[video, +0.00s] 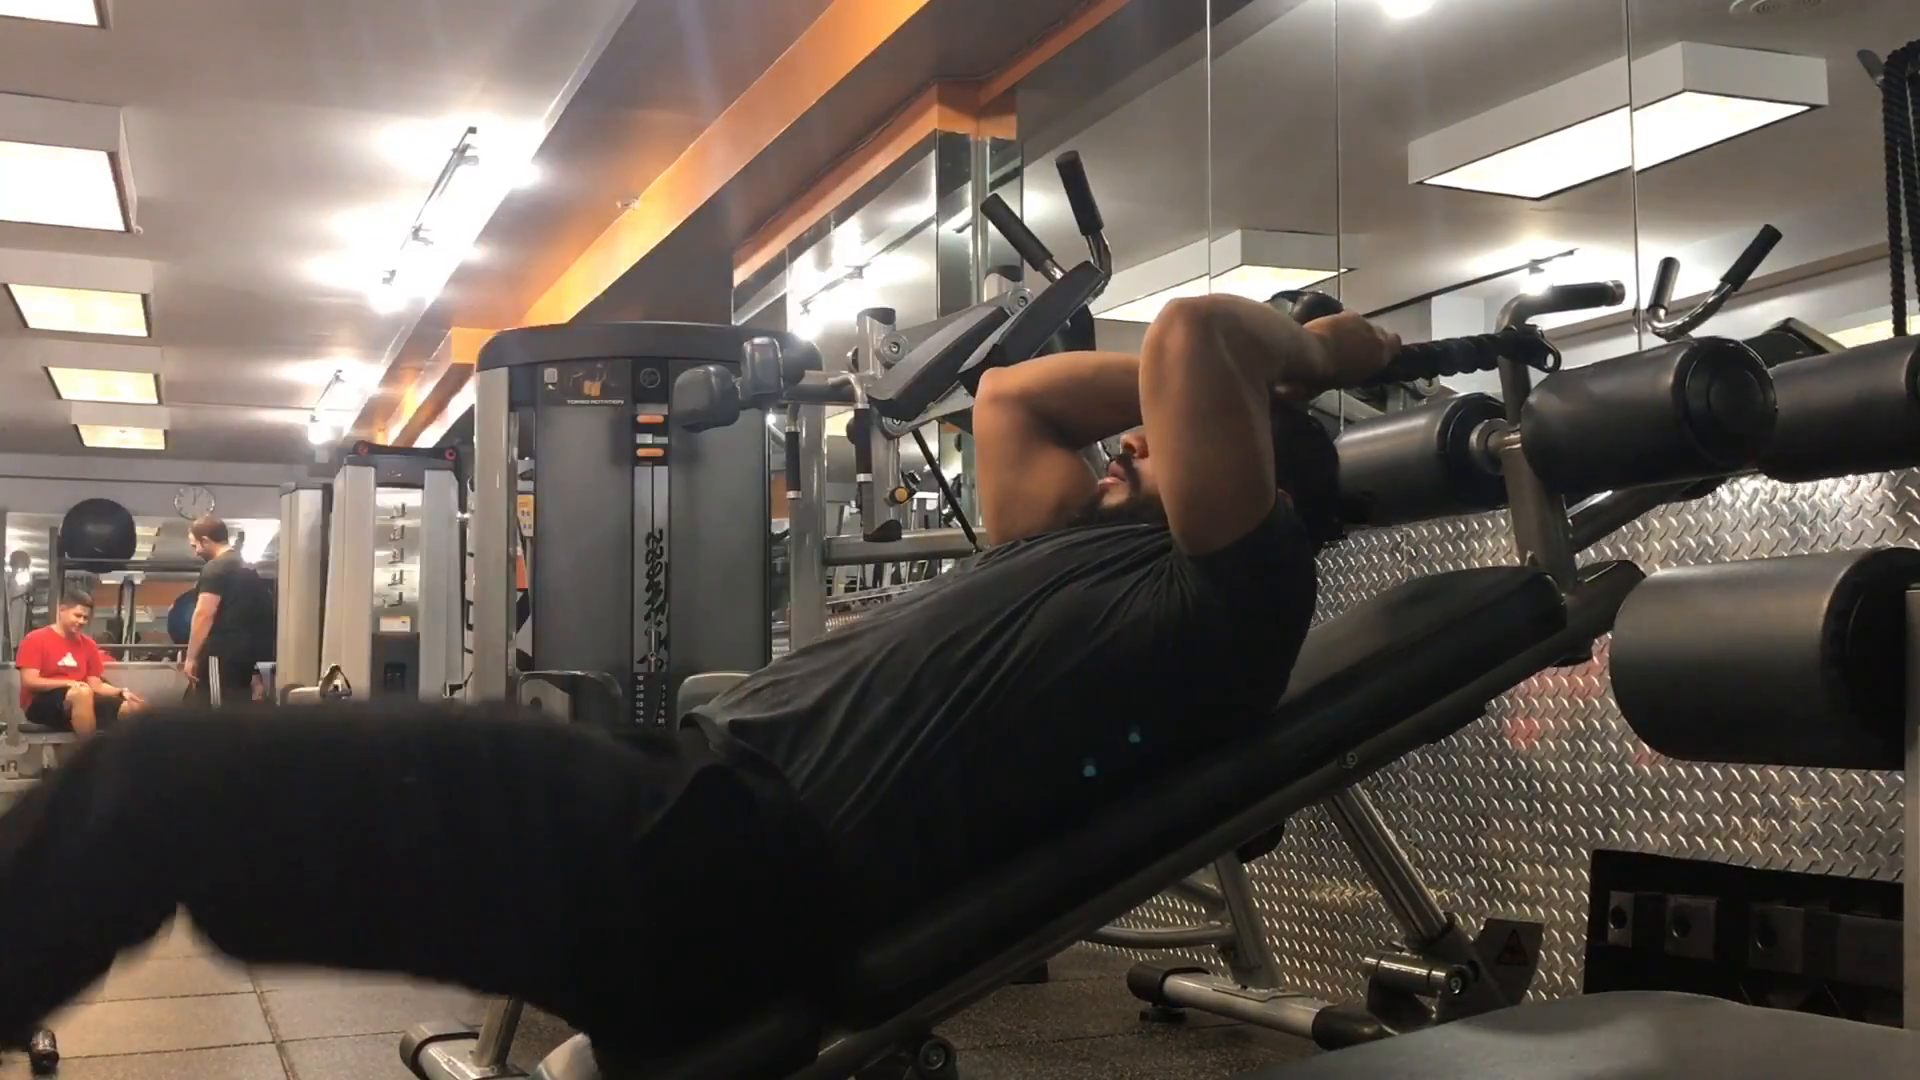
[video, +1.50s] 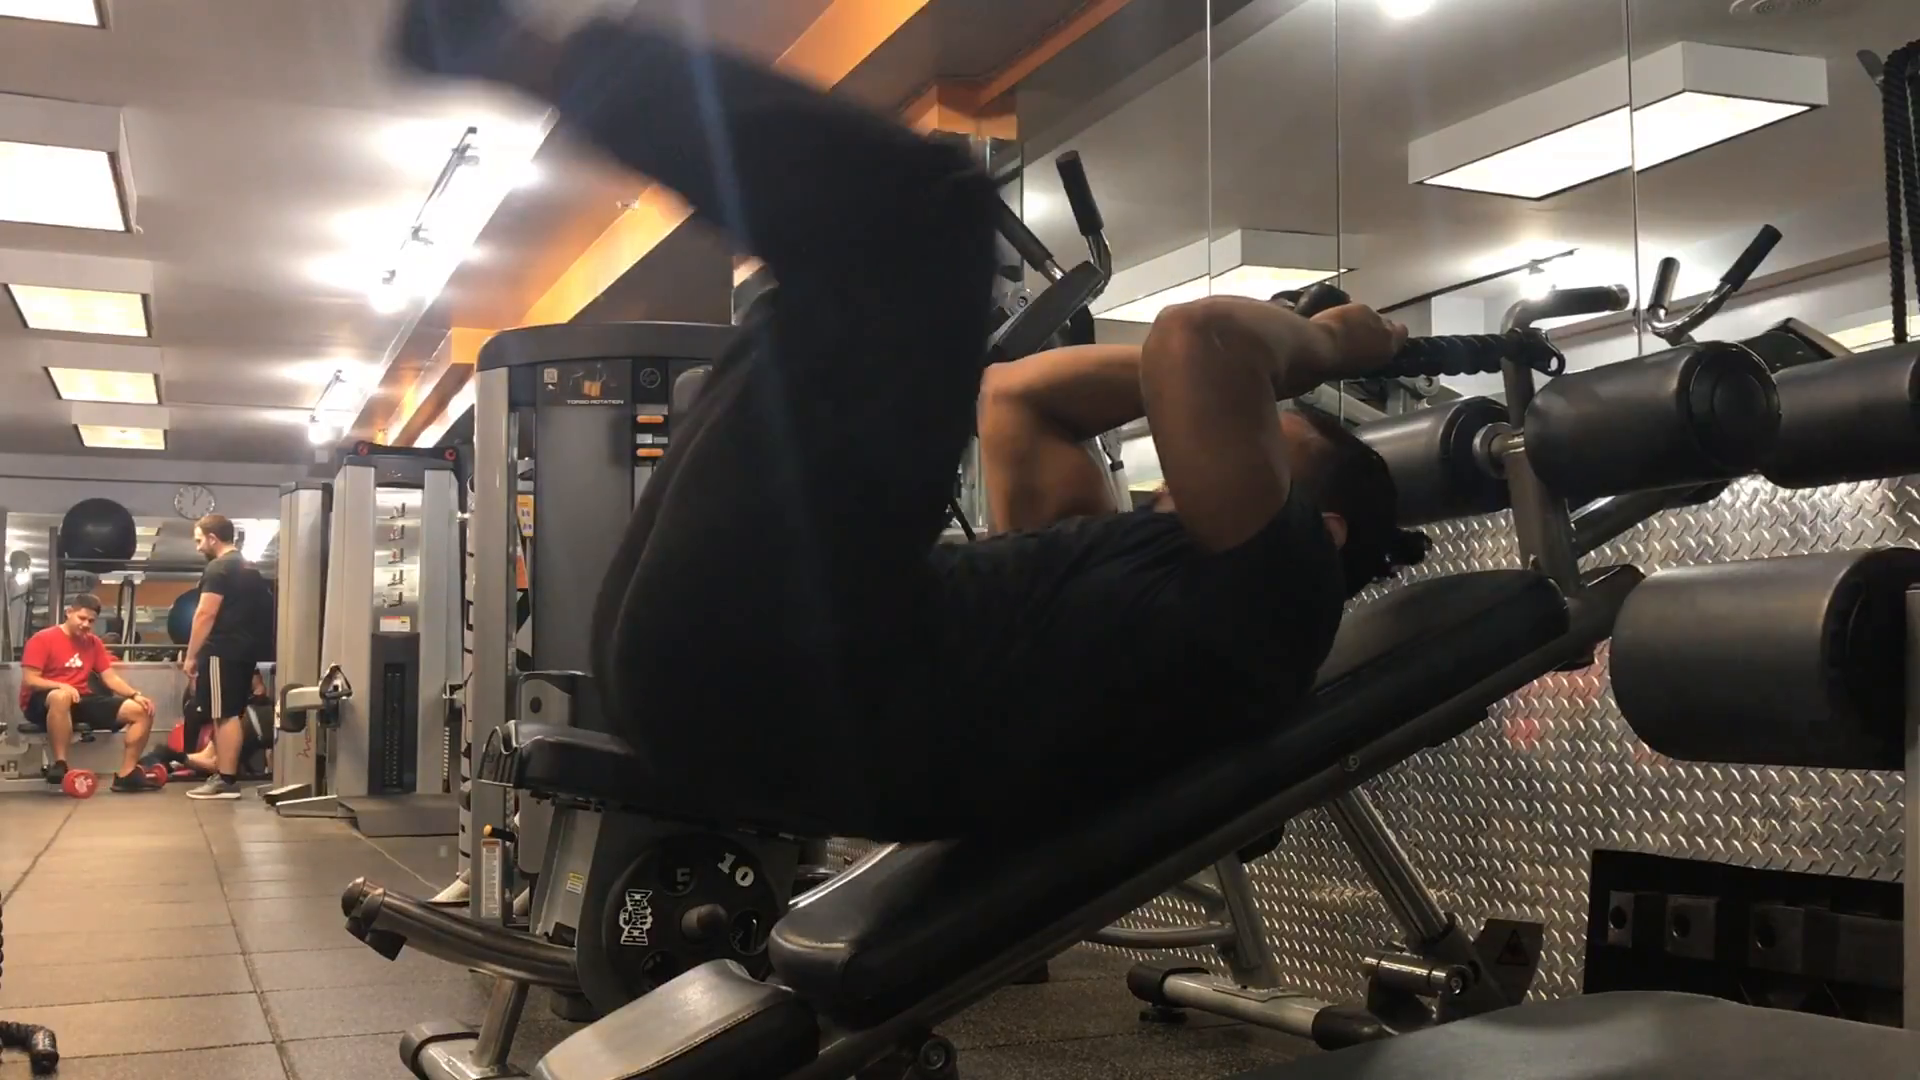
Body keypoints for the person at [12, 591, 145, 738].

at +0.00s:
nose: (82, 622)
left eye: (85, 618)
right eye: (77, 615)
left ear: (89, 619)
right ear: (61, 611)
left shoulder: (88, 644)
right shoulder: (35, 640)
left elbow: (95, 684)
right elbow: (30, 681)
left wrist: (120, 692)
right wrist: (69, 683)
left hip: (85, 701)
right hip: (42, 704)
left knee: (131, 707)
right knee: (82, 693)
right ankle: (93, 757)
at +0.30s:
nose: (86, 625)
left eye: (90, 622)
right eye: (82, 619)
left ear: (94, 622)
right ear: (66, 613)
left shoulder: (91, 644)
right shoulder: (40, 641)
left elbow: (104, 681)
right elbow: (32, 684)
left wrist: (130, 693)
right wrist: (74, 685)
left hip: (81, 703)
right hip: (42, 704)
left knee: (134, 708)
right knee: (90, 695)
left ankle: (131, 761)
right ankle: (112, 756)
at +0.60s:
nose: (89, 628)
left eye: (93, 624)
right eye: (85, 622)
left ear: (98, 622)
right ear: (71, 615)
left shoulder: (96, 642)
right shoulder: (45, 642)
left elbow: (112, 676)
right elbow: (35, 685)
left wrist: (137, 695)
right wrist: (75, 686)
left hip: (85, 703)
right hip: (45, 704)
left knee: (143, 712)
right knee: (88, 694)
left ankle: (130, 769)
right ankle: (110, 758)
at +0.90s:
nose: (89, 626)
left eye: (94, 622)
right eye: (85, 619)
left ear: (98, 622)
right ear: (71, 613)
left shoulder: (96, 641)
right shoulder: (45, 640)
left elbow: (113, 675)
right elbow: (34, 683)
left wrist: (137, 695)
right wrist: (73, 689)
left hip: (85, 703)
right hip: (44, 704)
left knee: (143, 712)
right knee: (83, 700)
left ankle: (128, 774)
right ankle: (74, 771)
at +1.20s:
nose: (89, 628)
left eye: (94, 623)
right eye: (86, 621)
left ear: (98, 623)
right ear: (72, 614)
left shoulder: (95, 643)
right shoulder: (46, 641)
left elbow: (112, 676)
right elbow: (34, 683)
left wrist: (137, 695)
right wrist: (65, 694)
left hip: (84, 701)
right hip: (45, 702)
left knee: (142, 712)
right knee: (65, 709)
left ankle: (127, 774)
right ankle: (65, 775)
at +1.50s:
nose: (85, 625)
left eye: (90, 621)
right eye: (82, 618)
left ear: (95, 621)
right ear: (68, 613)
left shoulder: (93, 643)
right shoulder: (43, 639)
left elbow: (110, 677)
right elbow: (30, 679)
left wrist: (135, 694)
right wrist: (62, 686)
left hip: (82, 702)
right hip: (42, 704)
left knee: (141, 711)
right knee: (60, 696)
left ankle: (127, 774)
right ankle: (60, 764)